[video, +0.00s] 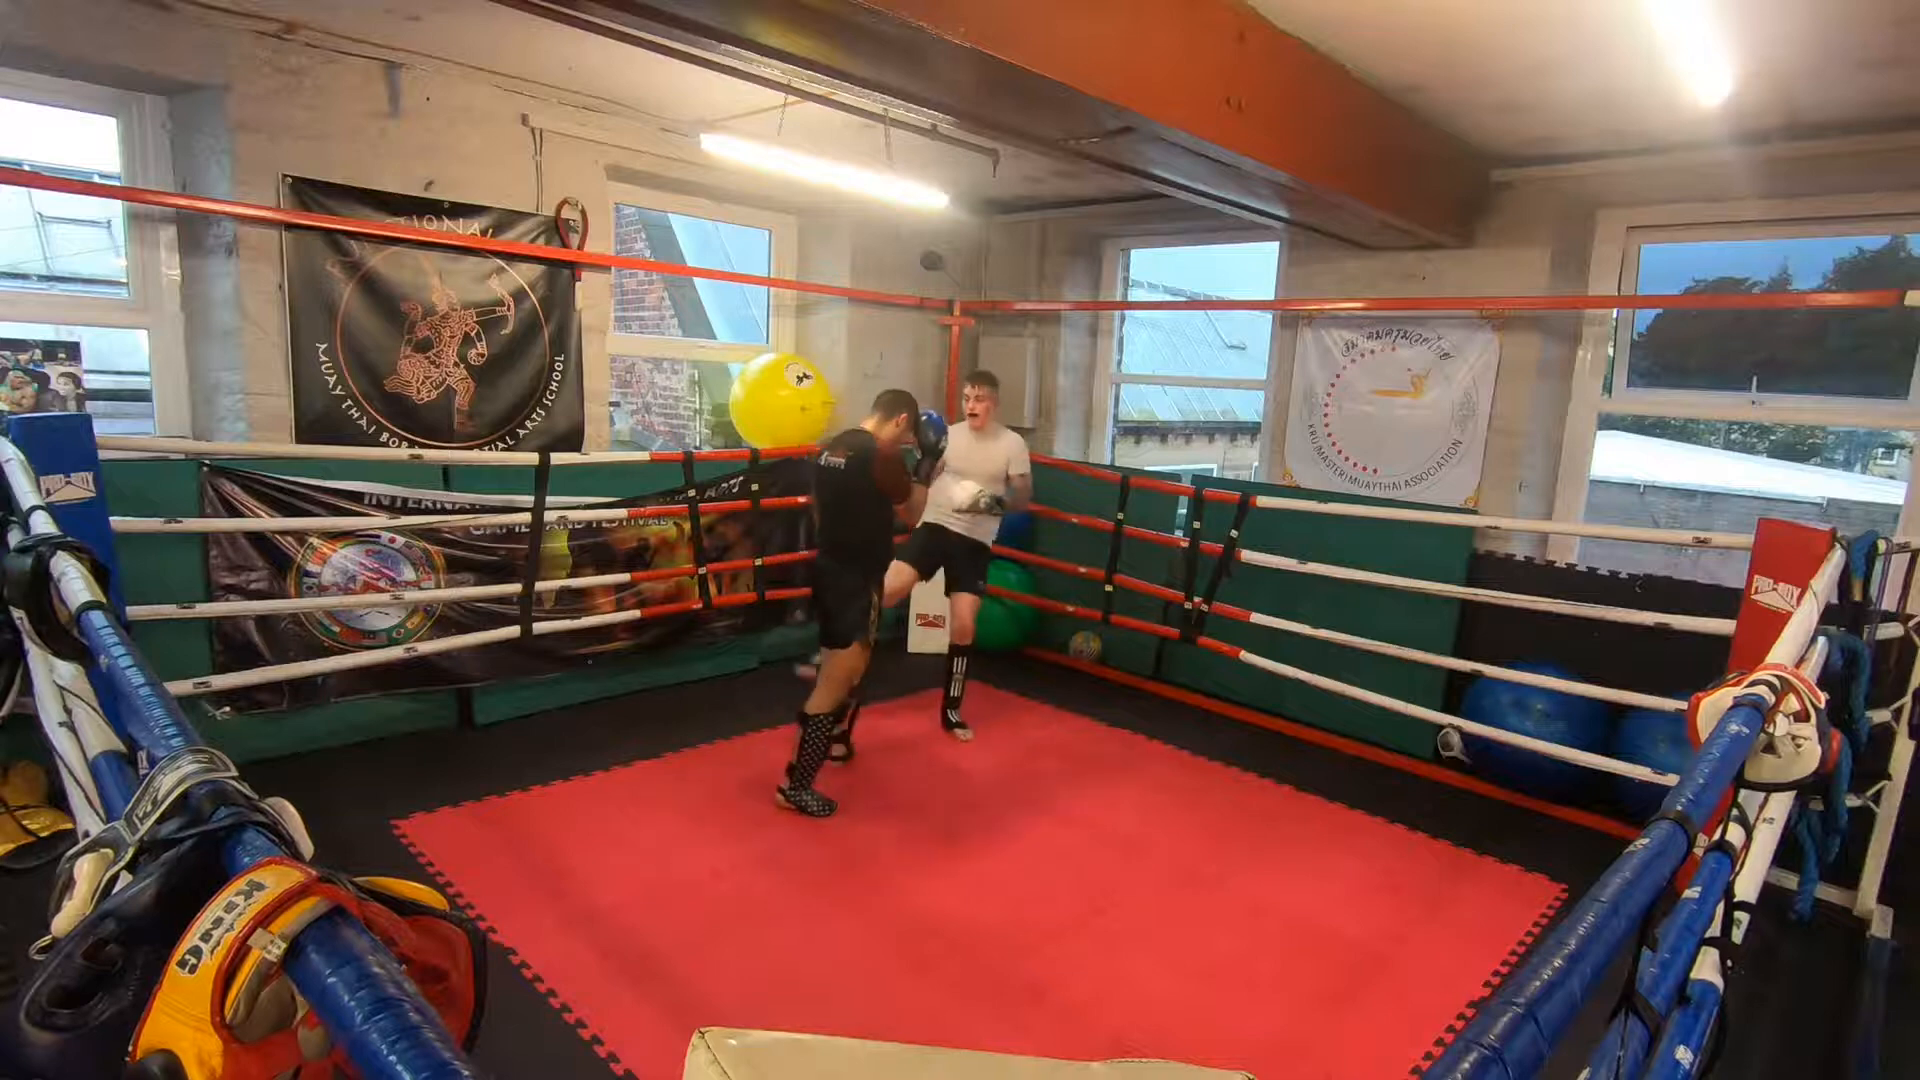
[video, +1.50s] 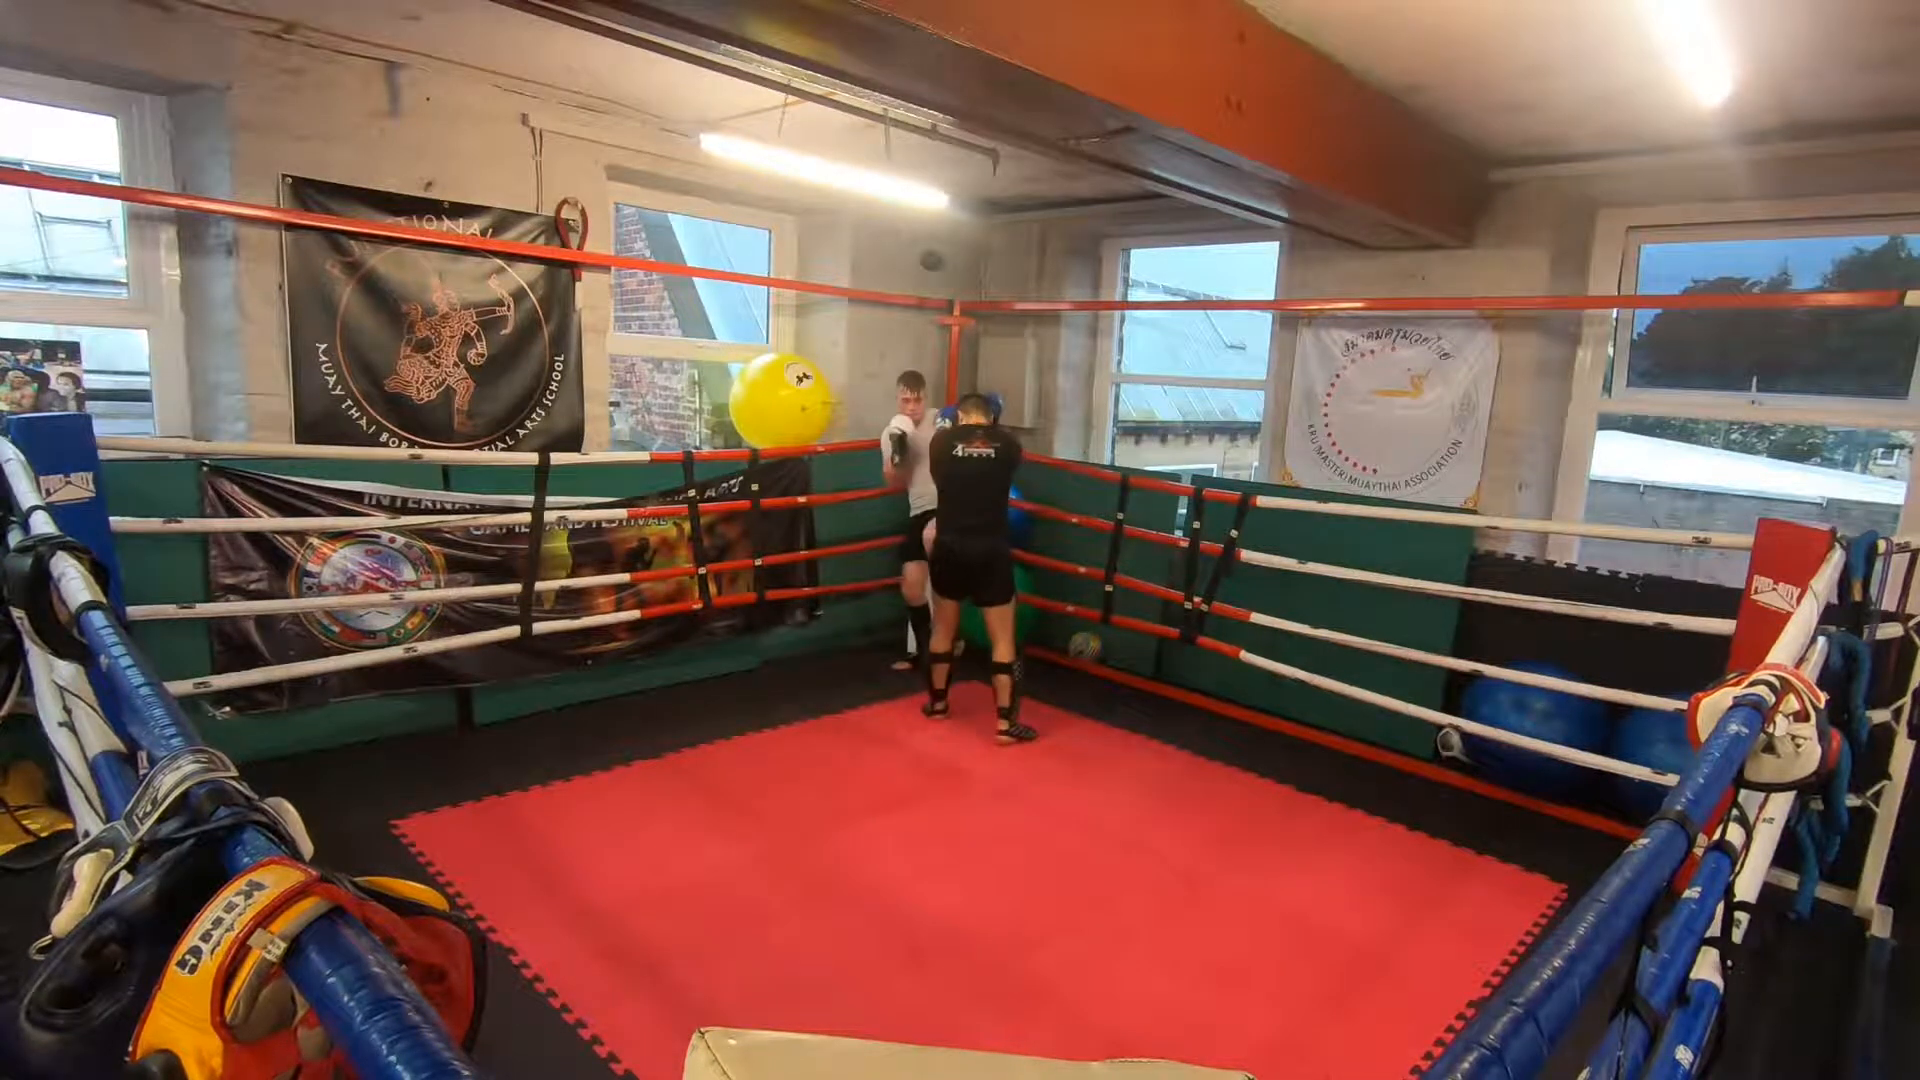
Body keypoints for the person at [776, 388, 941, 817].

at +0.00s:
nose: (907, 438)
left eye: (908, 432)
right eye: (909, 431)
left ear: (873, 413)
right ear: (900, 421)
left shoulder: (835, 449)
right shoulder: (880, 454)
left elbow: (828, 517)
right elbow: (911, 512)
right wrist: (928, 462)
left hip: (831, 572)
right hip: (855, 580)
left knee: (852, 662)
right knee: (837, 680)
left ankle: (833, 738)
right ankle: (797, 785)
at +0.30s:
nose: (941, 428)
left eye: (941, 422)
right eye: (942, 421)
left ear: (905, 414)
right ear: (933, 420)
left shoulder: (873, 447)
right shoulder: (929, 458)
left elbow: (846, 498)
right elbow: (946, 519)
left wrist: (887, 505)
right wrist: (952, 480)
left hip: (862, 567)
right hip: (896, 574)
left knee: (874, 659)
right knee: (912, 675)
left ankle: (858, 743)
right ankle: (849, 749)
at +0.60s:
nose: (987, 431)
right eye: (989, 426)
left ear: (953, 415)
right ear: (987, 422)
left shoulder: (919, 444)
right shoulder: (989, 461)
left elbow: (889, 498)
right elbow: (997, 521)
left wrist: (922, 478)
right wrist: (977, 491)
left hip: (912, 565)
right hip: (958, 571)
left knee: (897, 651)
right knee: (976, 660)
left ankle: (864, 736)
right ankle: (983, 744)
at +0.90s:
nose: (980, 415)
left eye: (978, 408)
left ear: (977, 408)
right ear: (1011, 413)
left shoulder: (952, 442)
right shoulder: (1025, 453)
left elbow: (915, 487)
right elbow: (1023, 493)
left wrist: (914, 466)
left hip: (947, 556)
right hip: (992, 563)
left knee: (928, 631)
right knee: (988, 655)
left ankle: (919, 709)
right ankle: (984, 743)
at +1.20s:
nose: (962, 422)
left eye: (959, 415)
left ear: (959, 416)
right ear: (991, 417)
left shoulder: (941, 450)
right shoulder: (1011, 452)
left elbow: (932, 485)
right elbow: (999, 483)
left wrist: (948, 438)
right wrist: (972, 436)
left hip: (947, 556)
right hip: (991, 559)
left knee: (941, 634)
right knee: (996, 650)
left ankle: (937, 701)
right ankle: (985, 738)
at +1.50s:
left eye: (963, 413)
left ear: (959, 414)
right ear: (993, 416)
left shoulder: (940, 441)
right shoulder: (1007, 443)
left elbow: (938, 477)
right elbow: (1009, 461)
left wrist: (964, 433)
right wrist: (982, 431)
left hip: (950, 548)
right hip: (992, 550)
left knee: (943, 629)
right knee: (1002, 639)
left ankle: (937, 702)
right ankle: (1005, 722)